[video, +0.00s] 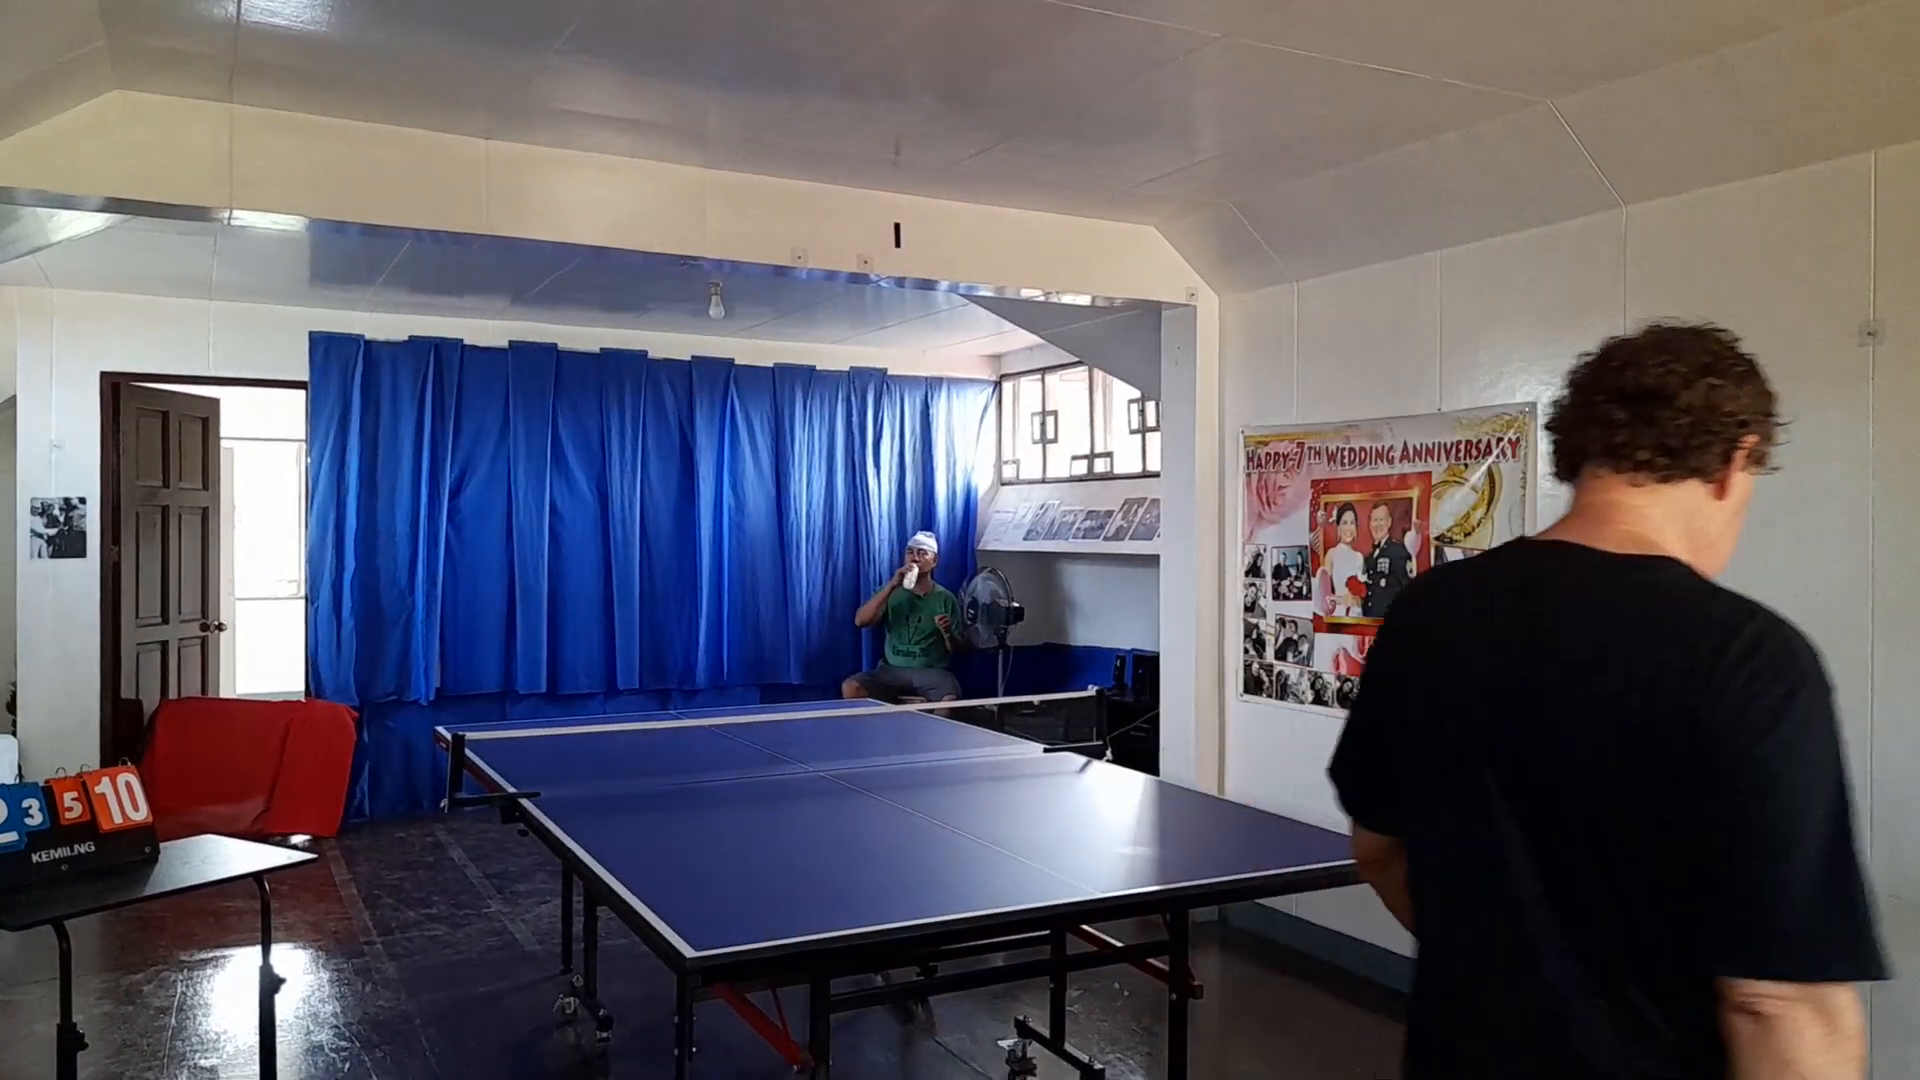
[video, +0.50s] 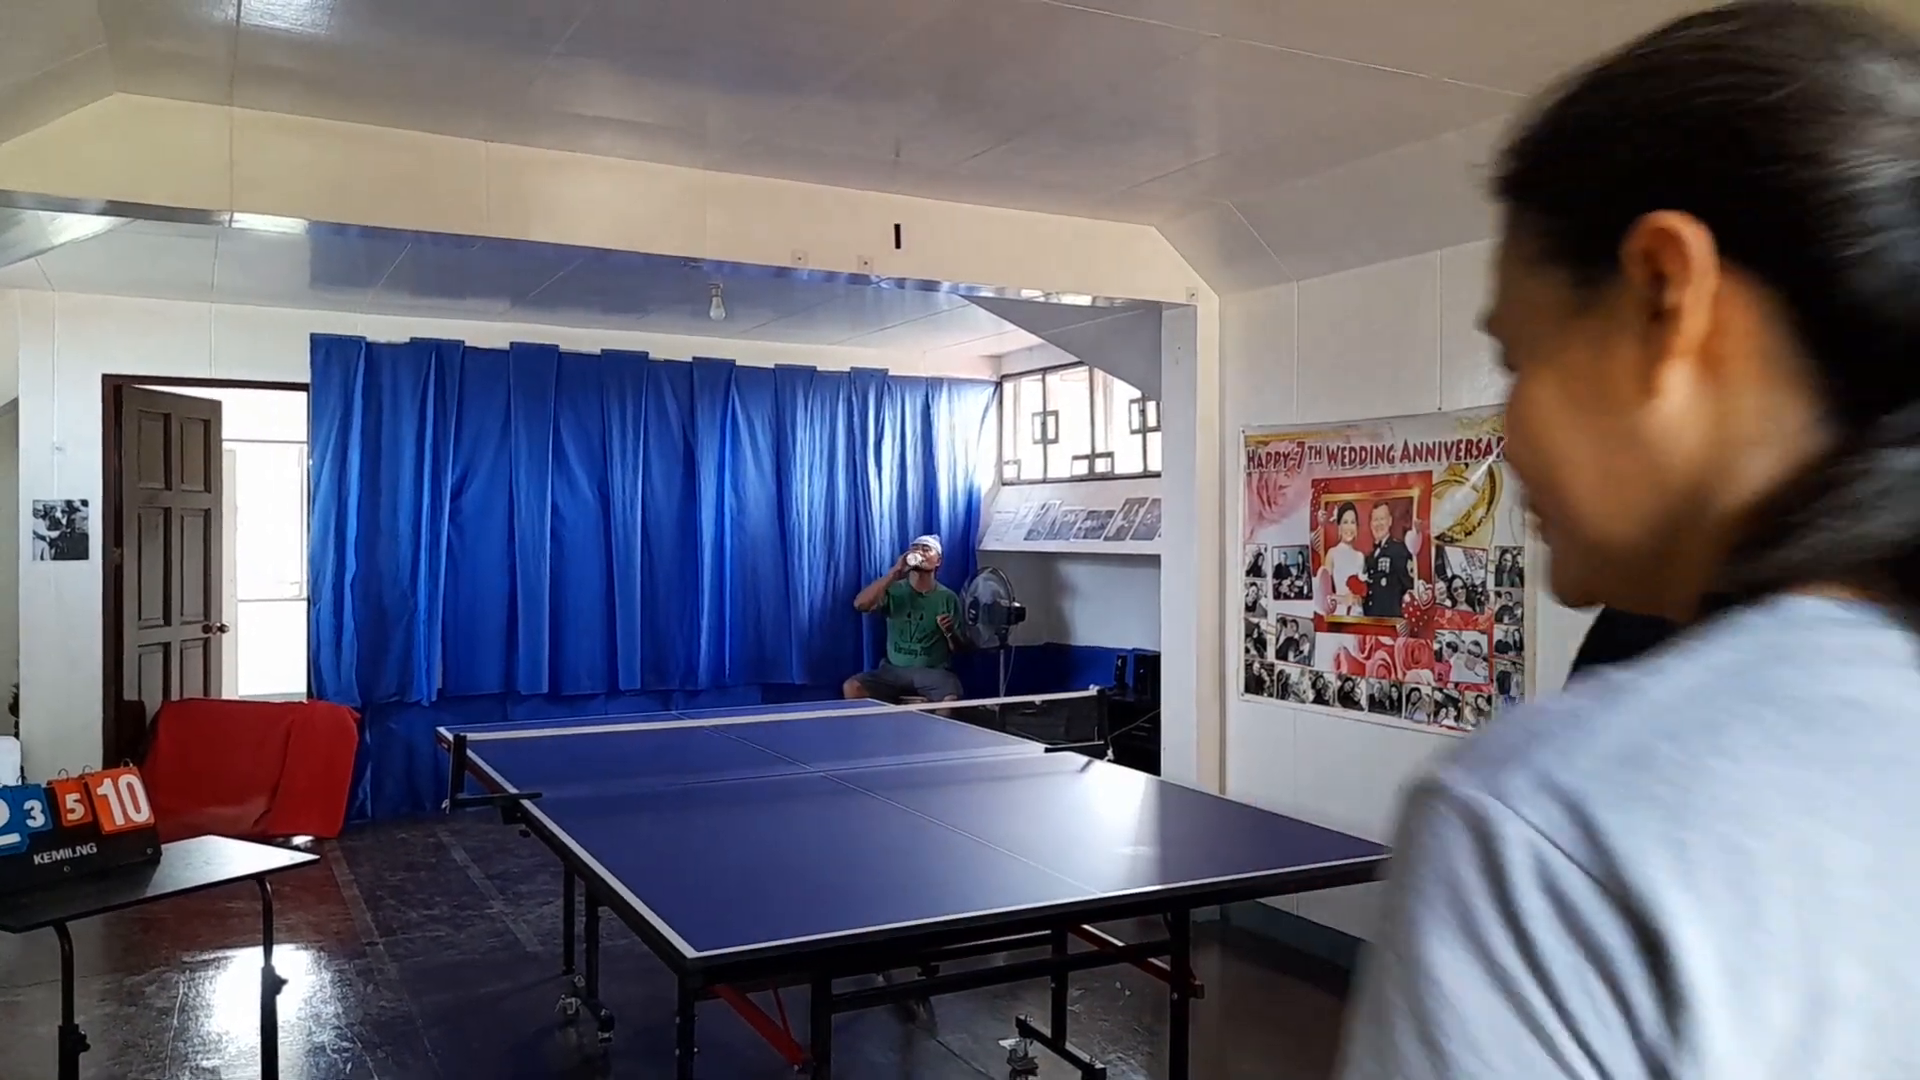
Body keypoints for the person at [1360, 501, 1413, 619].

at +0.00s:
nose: (1377, 524)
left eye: (1382, 520)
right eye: (1374, 520)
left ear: (1389, 522)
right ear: (1369, 523)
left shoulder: (1398, 550)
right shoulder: (1369, 557)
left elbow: (1402, 581)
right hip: (1371, 613)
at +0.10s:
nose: (1379, 525)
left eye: (1383, 521)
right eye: (1375, 521)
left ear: (1390, 523)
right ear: (1370, 524)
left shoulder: (1399, 551)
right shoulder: (1370, 558)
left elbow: (1407, 586)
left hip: (1393, 615)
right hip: (1372, 616)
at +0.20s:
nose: (1378, 526)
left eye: (1383, 521)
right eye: (1375, 521)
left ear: (1390, 523)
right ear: (1370, 524)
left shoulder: (1400, 551)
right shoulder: (1370, 558)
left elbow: (1409, 587)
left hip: (1394, 617)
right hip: (1372, 617)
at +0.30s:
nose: (1378, 524)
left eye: (1382, 520)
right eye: (1374, 520)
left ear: (1390, 521)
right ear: (1369, 523)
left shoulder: (1399, 550)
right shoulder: (1370, 556)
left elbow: (1408, 586)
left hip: (1393, 615)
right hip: (1371, 615)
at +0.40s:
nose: (1379, 524)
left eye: (1383, 519)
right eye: (1375, 520)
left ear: (1390, 521)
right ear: (1370, 524)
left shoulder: (1399, 550)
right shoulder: (1370, 557)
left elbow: (1407, 585)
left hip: (1393, 615)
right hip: (1371, 615)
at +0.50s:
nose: (1378, 524)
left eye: (1382, 519)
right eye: (1375, 520)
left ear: (1390, 521)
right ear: (1370, 523)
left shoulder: (1399, 549)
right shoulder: (1369, 557)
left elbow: (1408, 585)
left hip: (1393, 614)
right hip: (1371, 615)